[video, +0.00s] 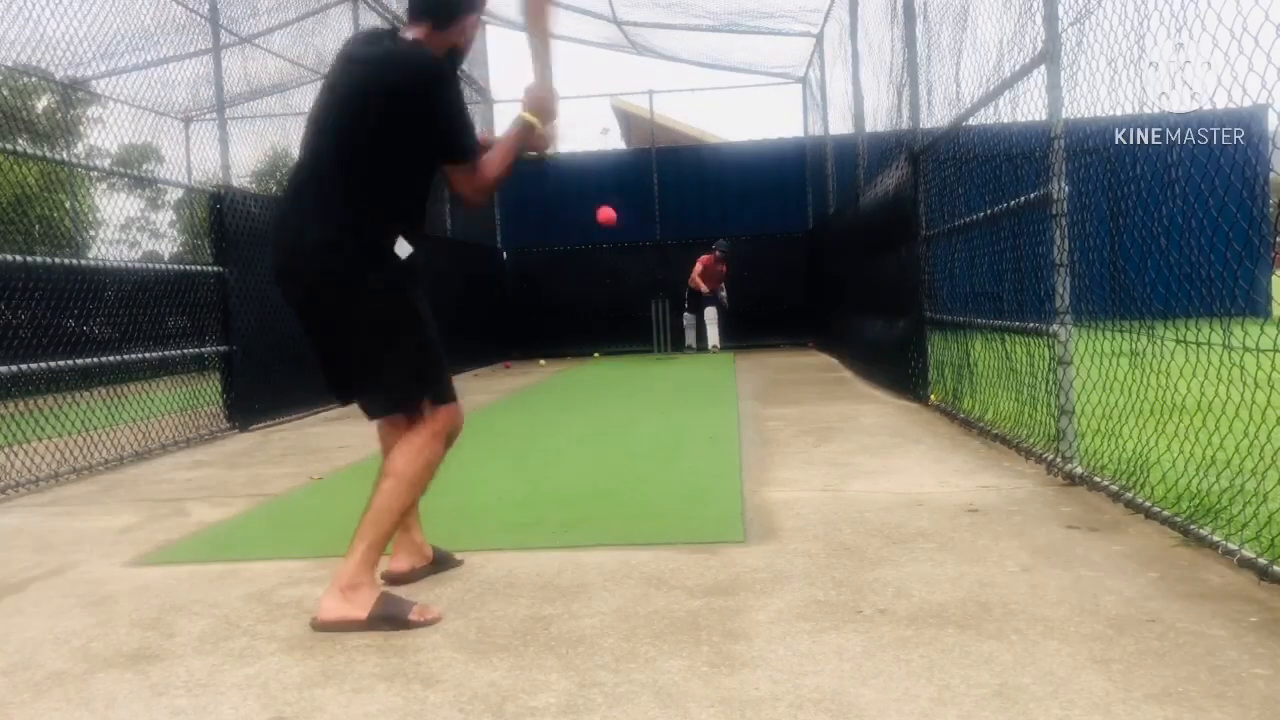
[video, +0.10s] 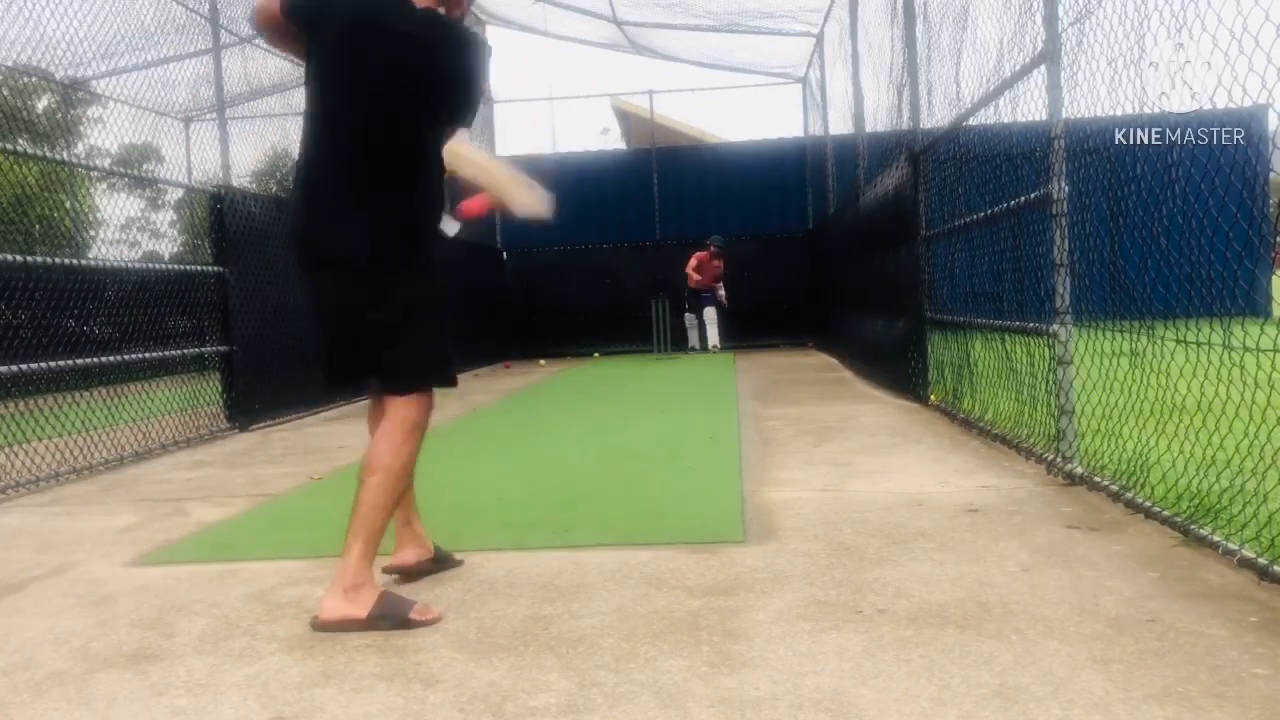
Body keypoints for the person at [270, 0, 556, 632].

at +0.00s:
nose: (476, 35)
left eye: (477, 23)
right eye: (476, 24)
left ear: (414, 14)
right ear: (460, 23)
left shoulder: (364, 48)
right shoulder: (430, 73)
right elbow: (473, 184)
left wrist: (504, 142)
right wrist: (525, 130)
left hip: (304, 249)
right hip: (356, 256)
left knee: (393, 408)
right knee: (439, 418)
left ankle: (410, 549)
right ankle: (350, 592)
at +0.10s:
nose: (467, 8)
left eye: (465, 5)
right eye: (466, 6)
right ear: (453, 3)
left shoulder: (339, 17)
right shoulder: (457, 48)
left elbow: (265, 13)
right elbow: (448, 128)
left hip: (327, 228)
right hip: (399, 235)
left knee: (387, 389)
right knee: (407, 403)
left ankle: (412, 539)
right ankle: (350, 588)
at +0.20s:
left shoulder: (373, 8)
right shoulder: (474, 28)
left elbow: (249, 17)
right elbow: (374, 76)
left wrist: (260, 44)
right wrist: (270, 61)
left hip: (331, 203)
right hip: (410, 217)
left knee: (383, 378)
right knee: (381, 391)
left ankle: (405, 528)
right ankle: (348, 589)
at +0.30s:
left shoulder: (404, 11)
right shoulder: (450, 20)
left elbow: (322, 24)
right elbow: (326, 27)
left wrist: (264, 1)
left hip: (323, 231)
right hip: (401, 235)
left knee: (340, 383)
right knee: (380, 400)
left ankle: (381, 535)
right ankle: (348, 591)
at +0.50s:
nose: (319, 6)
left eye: (327, 1)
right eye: (323, 4)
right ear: (358, 0)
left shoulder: (420, 30)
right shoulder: (368, 36)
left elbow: (432, 50)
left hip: (364, 241)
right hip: (312, 240)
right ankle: (348, 588)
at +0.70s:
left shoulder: (410, 20)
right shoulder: (427, 27)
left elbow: (356, 38)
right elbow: (352, 37)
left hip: (312, 229)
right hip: (368, 232)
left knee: (313, 384)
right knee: (362, 399)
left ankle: (369, 533)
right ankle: (346, 592)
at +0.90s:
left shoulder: (362, 22)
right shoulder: (445, 37)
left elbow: (258, 77)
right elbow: (326, 56)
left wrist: (220, 30)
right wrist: (273, 8)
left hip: (321, 236)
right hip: (398, 238)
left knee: (338, 390)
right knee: (375, 402)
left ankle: (377, 535)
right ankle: (348, 590)